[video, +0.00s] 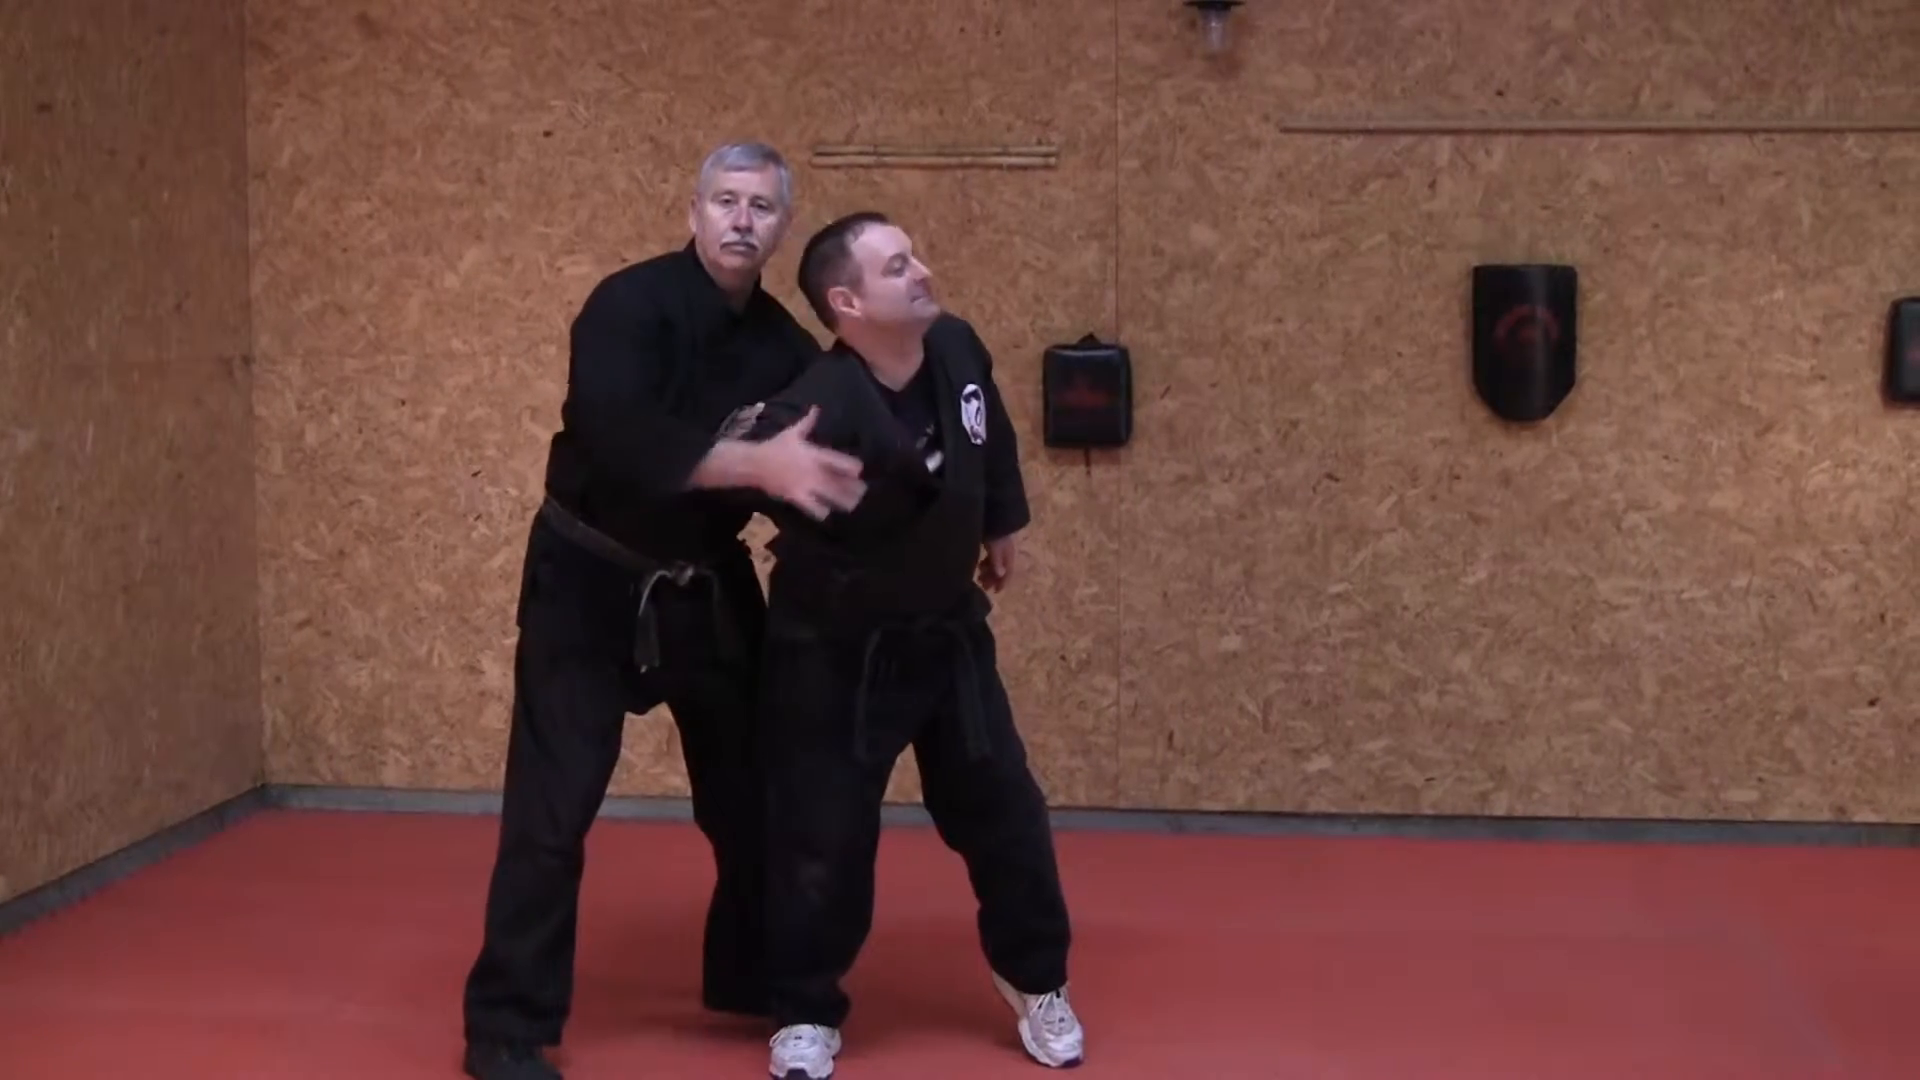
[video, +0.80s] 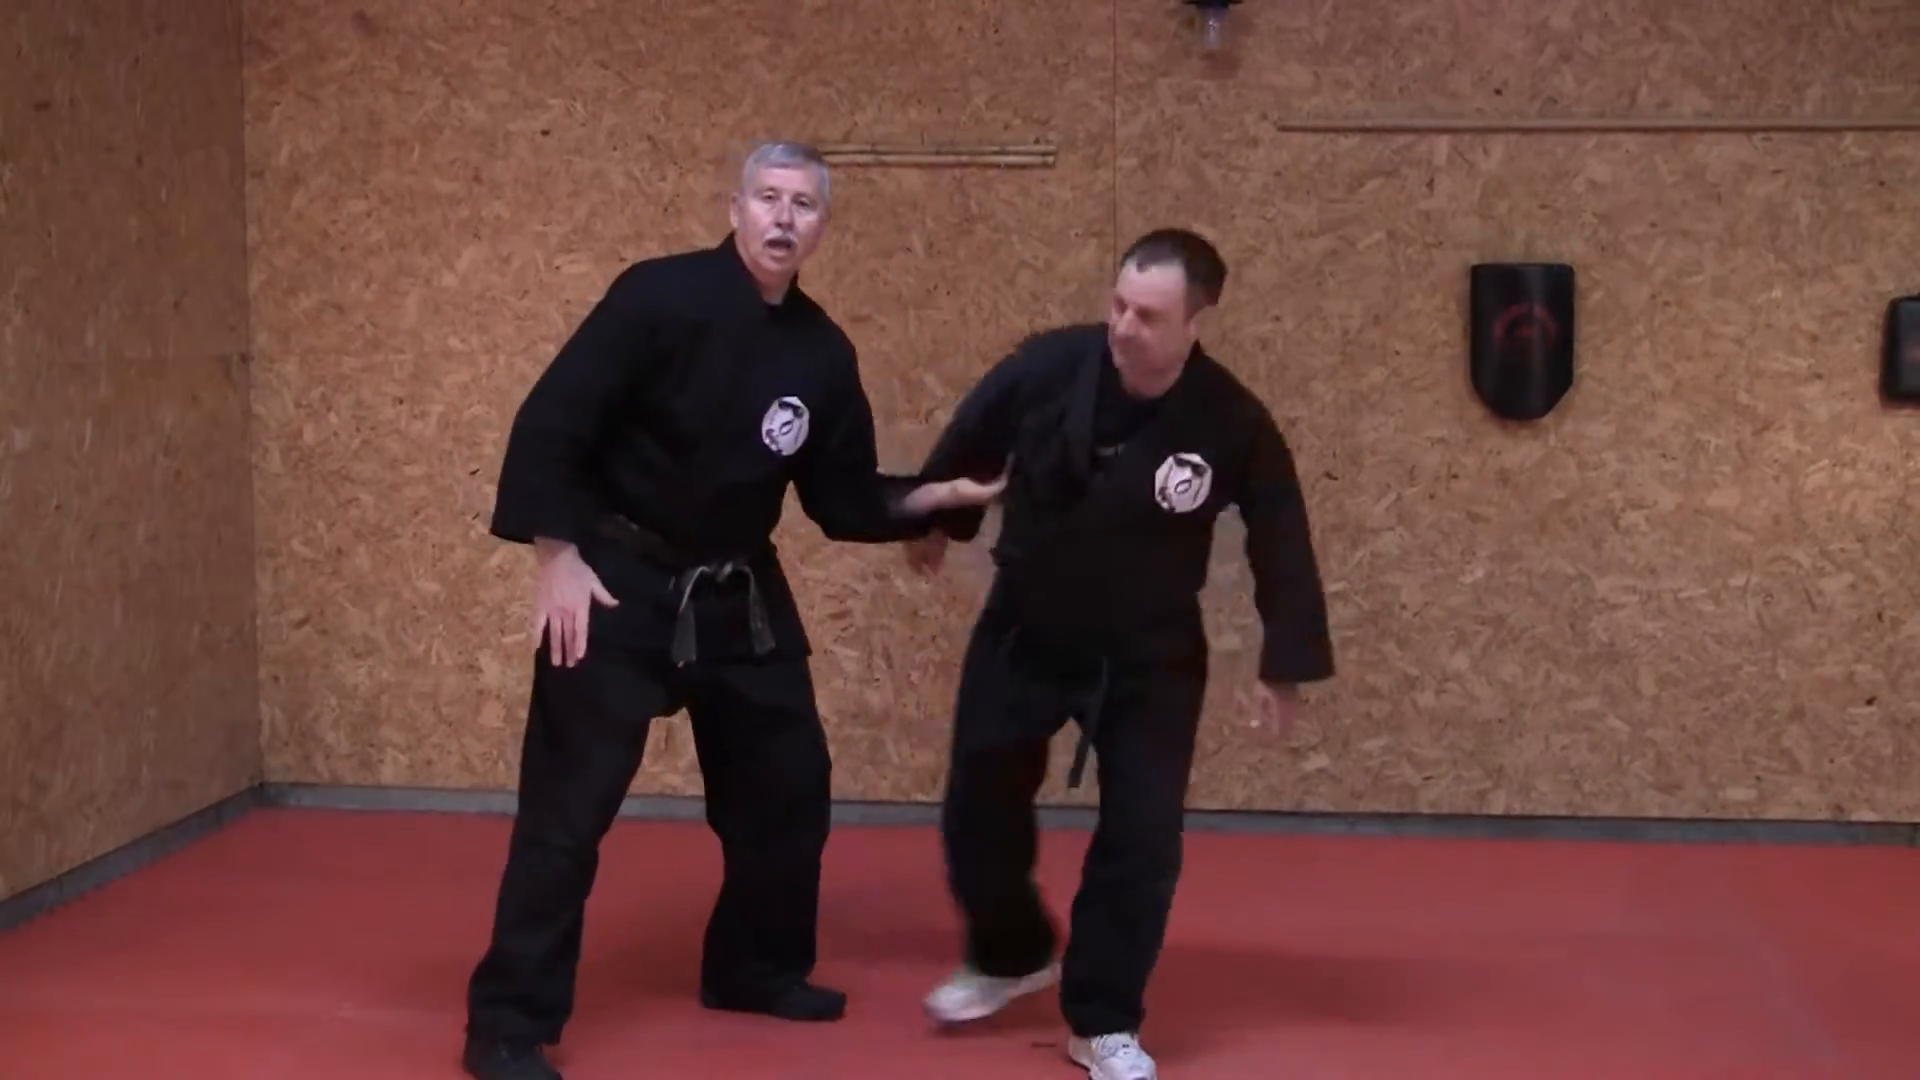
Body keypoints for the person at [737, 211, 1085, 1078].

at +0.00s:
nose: (922, 273)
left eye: (916, 259)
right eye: (897, 268)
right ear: (845, 305)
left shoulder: (954, 347)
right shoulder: (815, 410)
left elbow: (991, 436)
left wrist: (1004, 524)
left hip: (944, 631)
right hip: (831, 648)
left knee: (1003, 808)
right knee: (821, 832)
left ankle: (1038, 983)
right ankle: (806, 1014)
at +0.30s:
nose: (1002, 319)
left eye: (999, 302)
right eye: (981, 310)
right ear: (919, 330)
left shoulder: (1013, 375)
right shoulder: (863, 419)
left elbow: (1025, 460)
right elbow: (759, 454)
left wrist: (1021, 541)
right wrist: (772, 434)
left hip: (973, 634)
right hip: (861, 645)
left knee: (1037, 812)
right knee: (835, 829)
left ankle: (1074, 989)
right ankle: (807, 1015)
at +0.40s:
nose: (1053, 344)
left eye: (1052, 327)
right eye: (1031, 332)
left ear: (1055, 325)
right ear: (970, 340)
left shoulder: (1063, 408)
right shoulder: (903, 417)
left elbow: (1056, 537)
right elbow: (793, 445)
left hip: (997, 651)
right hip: (882, 655)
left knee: (1046, 830)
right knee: (839, 833)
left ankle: (1092, 1011)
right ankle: (807, 1015)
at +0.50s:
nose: (1104, 372)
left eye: (1113, 352)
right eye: (1082, 354)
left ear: (1121, 347)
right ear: (1025, 349)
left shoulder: (1119, 426)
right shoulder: (952, 413)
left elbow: (1119, 518)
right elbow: (827, 437)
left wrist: (1102, 590)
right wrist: (878, 489)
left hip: (1040, 652)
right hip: (918, 652)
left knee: (1077, 838)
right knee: (854, 828)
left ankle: (1101, 1018)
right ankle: (807, 1013)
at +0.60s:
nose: (1130, 380)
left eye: (1148, 361)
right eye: (1113, 357)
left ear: (1164, 358)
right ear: (1073, 341)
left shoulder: (1169, 435)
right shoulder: (989, 400)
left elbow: (1182, 540)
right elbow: (871, 442)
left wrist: (1164, 634)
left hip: (1083, 653)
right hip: (958, 644)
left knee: (1105, 840)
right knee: (880, 819)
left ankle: (1105, 1023)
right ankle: (819, 1000)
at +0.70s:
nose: (1134, 363)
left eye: (1158, 348)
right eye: (1122, 340)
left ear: (1185, 348)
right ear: (1099, 324)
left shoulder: (1206, 435)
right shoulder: (1019, 386)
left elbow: (1239, 542)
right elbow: (924, 437)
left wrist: (1243, 651)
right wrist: (908, 505)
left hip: (1120, 650)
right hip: (992, 634)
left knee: (1125, 831)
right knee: (924, 806)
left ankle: (1104, 1023)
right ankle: (898, 981)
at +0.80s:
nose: (1124, 327)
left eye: (1149, 316)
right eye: (1120, 306)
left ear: (1196, 322)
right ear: (1109, 296)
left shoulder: (1231, 423)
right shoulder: (1046, 368)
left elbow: (1282, 542)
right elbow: (970, 440)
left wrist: (1286, 662)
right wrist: (933, 521)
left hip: (1149, 653)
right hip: (1025, 635)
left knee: (1142, 837)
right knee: (978, 808)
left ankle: (1106, 1021)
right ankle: (1009, 953)